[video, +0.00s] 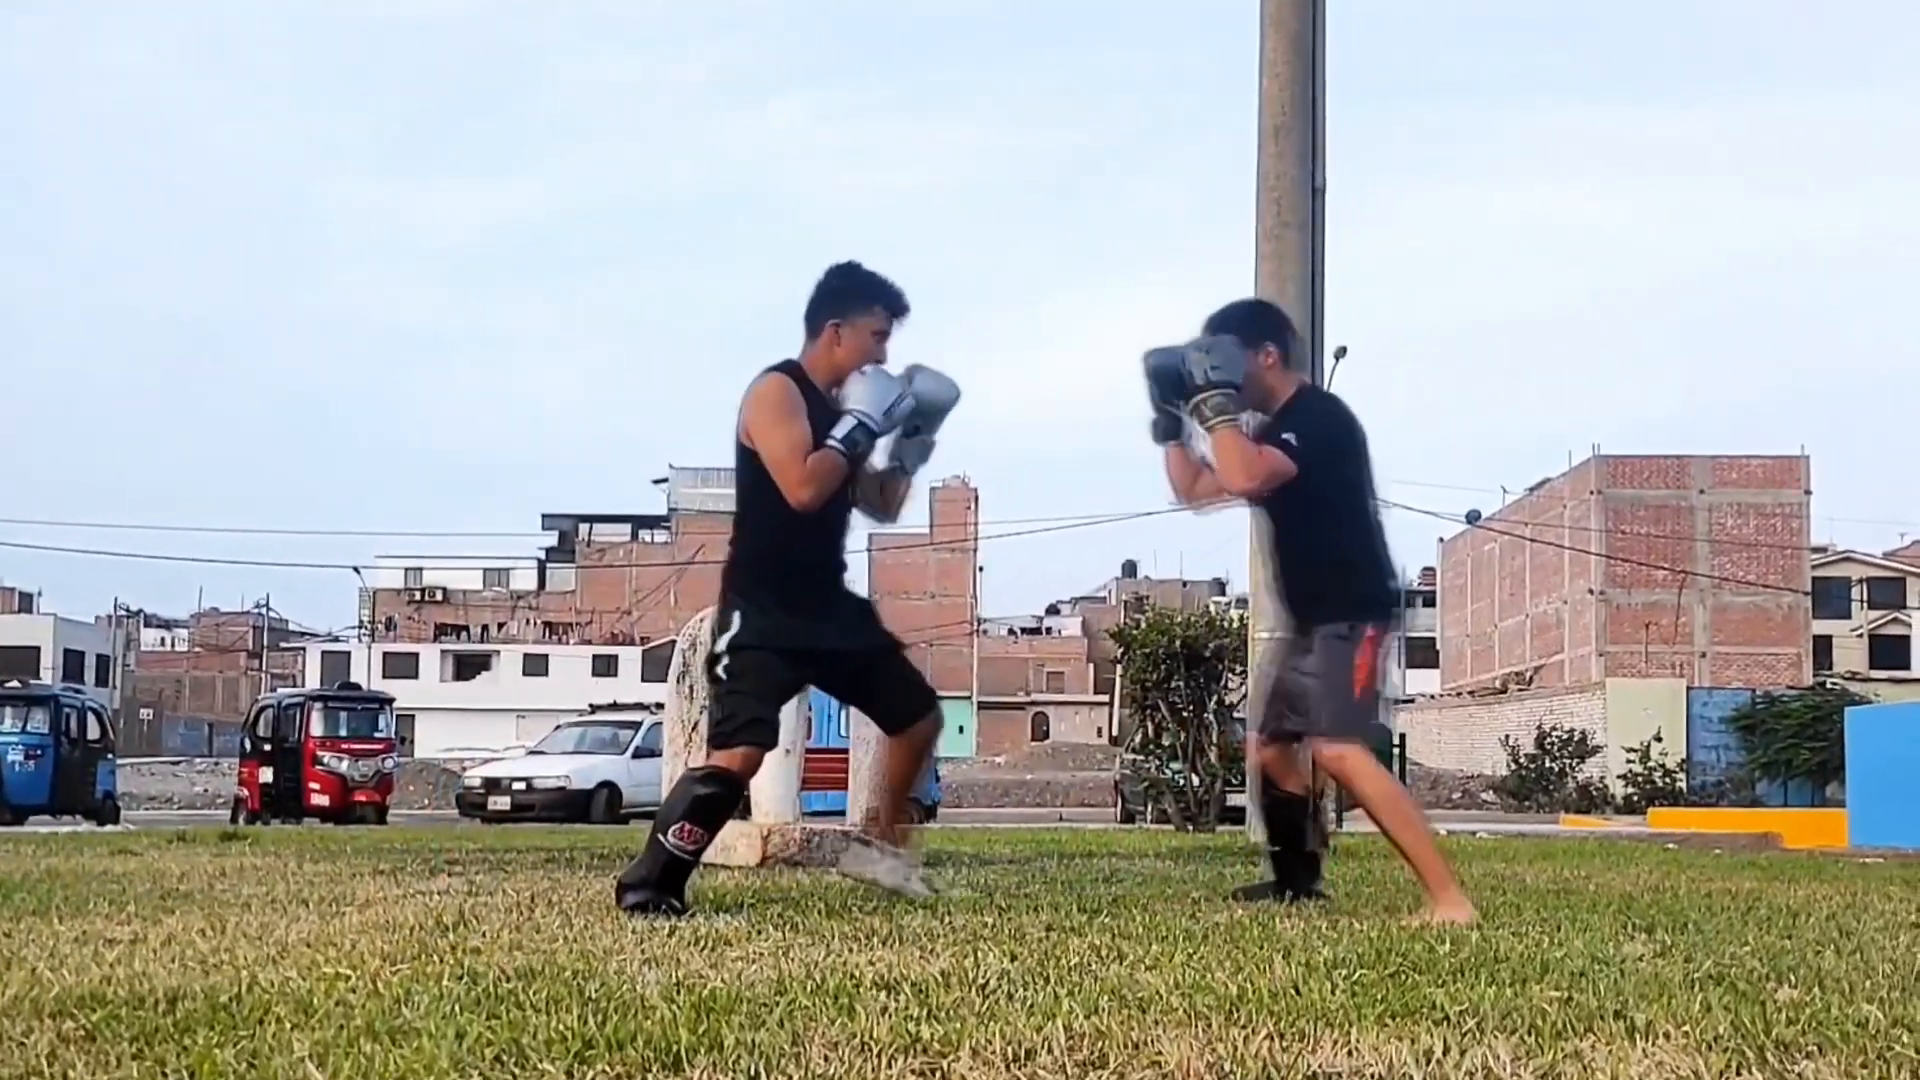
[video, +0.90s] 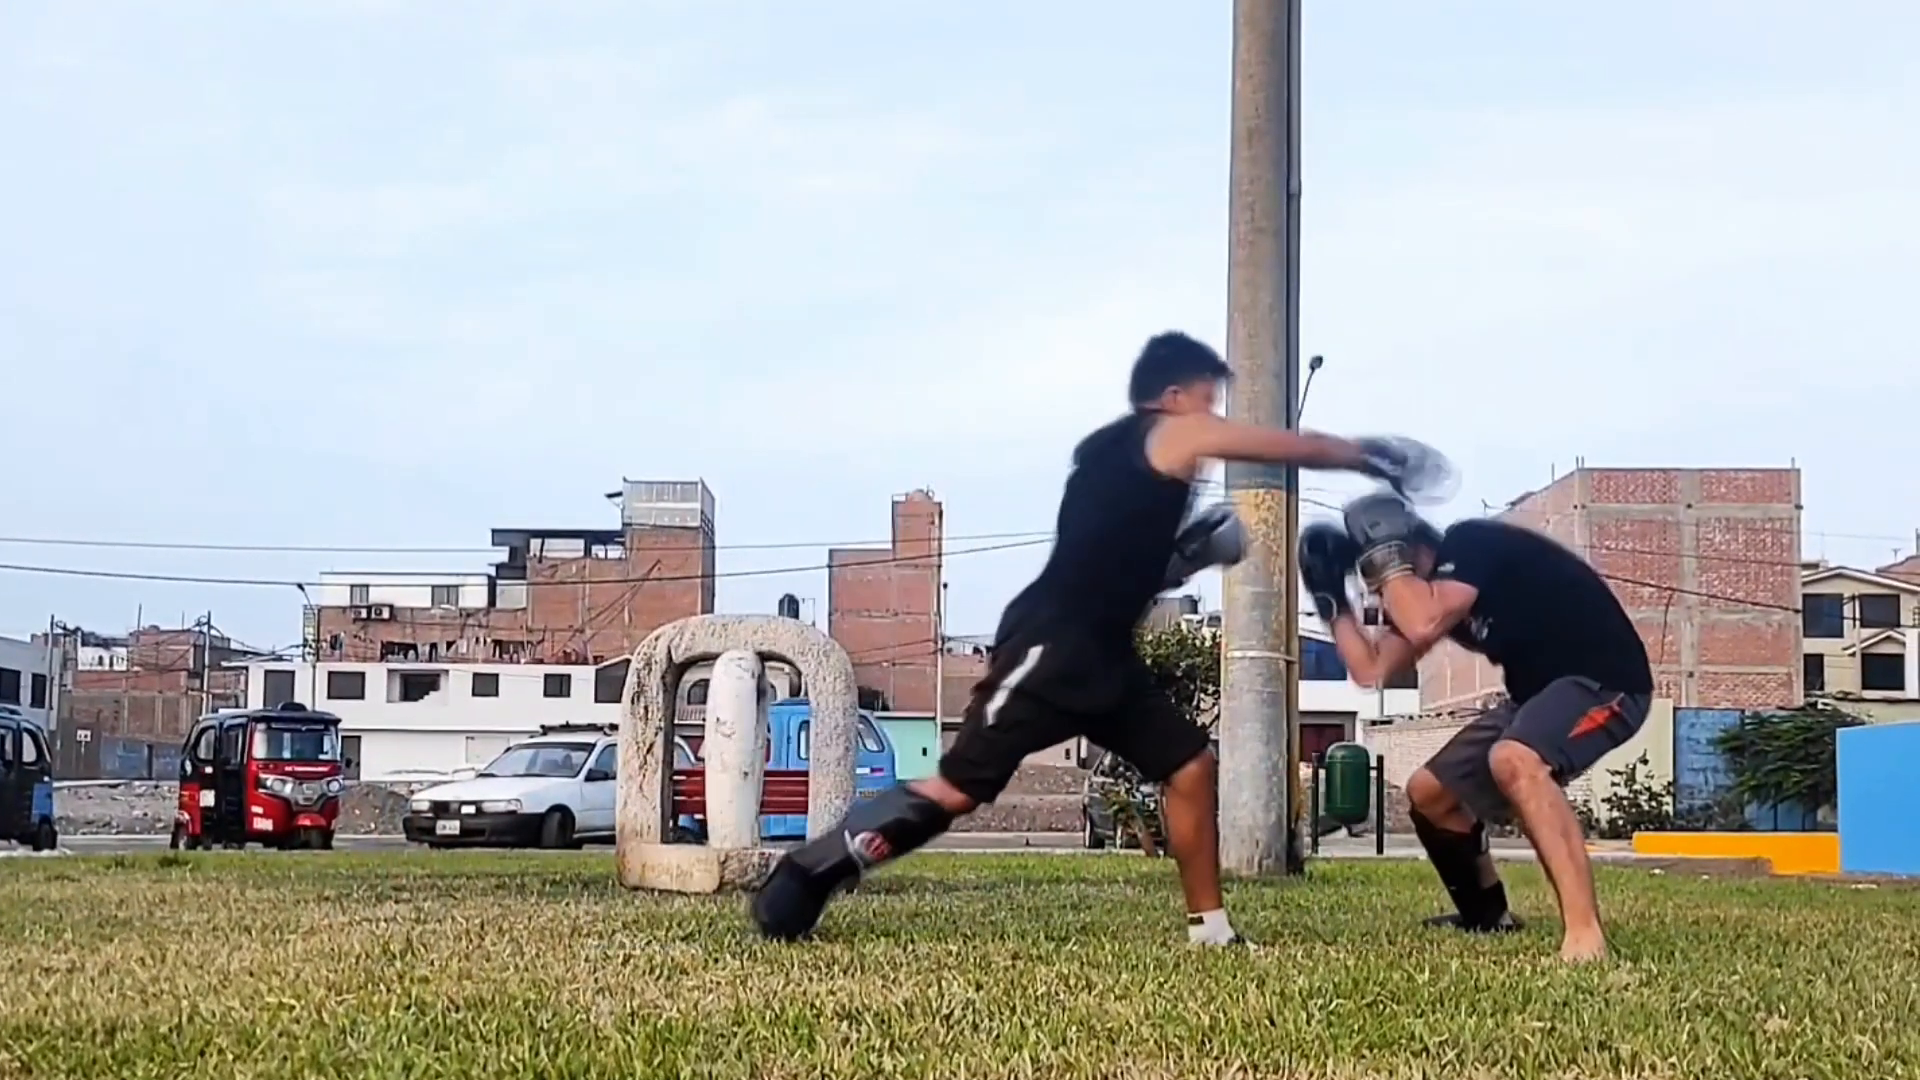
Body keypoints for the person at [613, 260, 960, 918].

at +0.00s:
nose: (885, 354)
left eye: (888, 339)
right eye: (877, 336)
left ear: (839, 334)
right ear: (833, 329)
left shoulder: (844, 411)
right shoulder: (774, 391)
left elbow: (884, 503)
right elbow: (804, 490)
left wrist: (912, 438)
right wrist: (861, 420)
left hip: (829, 607)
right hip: (764, 607)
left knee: (917, 718)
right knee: (739, 754)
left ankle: (881, 848)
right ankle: (648, 887)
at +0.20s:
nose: (907, 360)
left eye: (914, 347)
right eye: (898, 342)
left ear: (910, 354)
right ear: (852, 337)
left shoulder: (886, 422)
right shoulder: (796, 407)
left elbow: (978, 460)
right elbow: (829, 495)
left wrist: (973, 384)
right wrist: (874, 415)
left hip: (869, 629)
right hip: (797, 626)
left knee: (928, 765)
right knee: (753, 755)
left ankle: (908, 914)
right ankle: (649, 898)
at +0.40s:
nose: (949, 351)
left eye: (953, 336)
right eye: (940, 334)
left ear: (933, 336)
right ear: (894, 328)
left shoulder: (921, 414)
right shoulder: (830, 396)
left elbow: (986, 496)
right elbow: (850, 496)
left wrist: (1007, 419)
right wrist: (908, 418)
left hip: (911, 614)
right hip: (830, 613)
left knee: (995, 742)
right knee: (807, 753)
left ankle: (948, 877)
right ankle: (760, 912)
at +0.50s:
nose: (975, 370)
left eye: (978, 355)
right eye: (965, 352)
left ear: (942, 354)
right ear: (916, 348)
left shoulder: (944, 432)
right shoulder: (849, 421)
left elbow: (985, 533)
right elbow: (862, 522)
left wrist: (1024, 476)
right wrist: (924, 451)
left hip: (950, 638)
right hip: (865, 644)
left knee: (1054, 732)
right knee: (820, 771)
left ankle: (1030, 866)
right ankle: (761, 913)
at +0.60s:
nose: (1018, 381)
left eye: (1021, 366)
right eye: (1008, 364)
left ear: (974, 363)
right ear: (961, 363)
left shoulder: (997, 444)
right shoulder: (893, 435)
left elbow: (1046, 518)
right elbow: (877, 542)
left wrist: (1100, 479)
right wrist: (943, 478)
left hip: (990, 649)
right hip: (901, 654)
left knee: (1100, 748)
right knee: (845, 775)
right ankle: (769, 911)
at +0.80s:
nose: (1173, 396)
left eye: (1175, 382)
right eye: (1163, 380)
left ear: (1133, 387)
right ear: (1118, 381)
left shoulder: (1134, 464)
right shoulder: (1075, 437)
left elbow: (1185, 537)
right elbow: (1091, 507)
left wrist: (1256, 489)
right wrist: (1195, 471)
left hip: (1088, 668)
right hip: (1025, 665)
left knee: (1190, 763)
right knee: (937, 800)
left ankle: (1213, 930)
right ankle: (800, 897)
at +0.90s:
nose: (1218, 412)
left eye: (1217, 399)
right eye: (1210, 396)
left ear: (1153, 395)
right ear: (1177, 392)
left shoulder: (1112, 458)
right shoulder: (1169, 432)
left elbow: (1114, 570)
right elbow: (1281, 447)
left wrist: (1189, 555)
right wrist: (1372, 454)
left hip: (1102, 657)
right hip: (1062, 648)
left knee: (1189, 765)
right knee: (960, 787)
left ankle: (1209, 926)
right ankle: (834, 861)